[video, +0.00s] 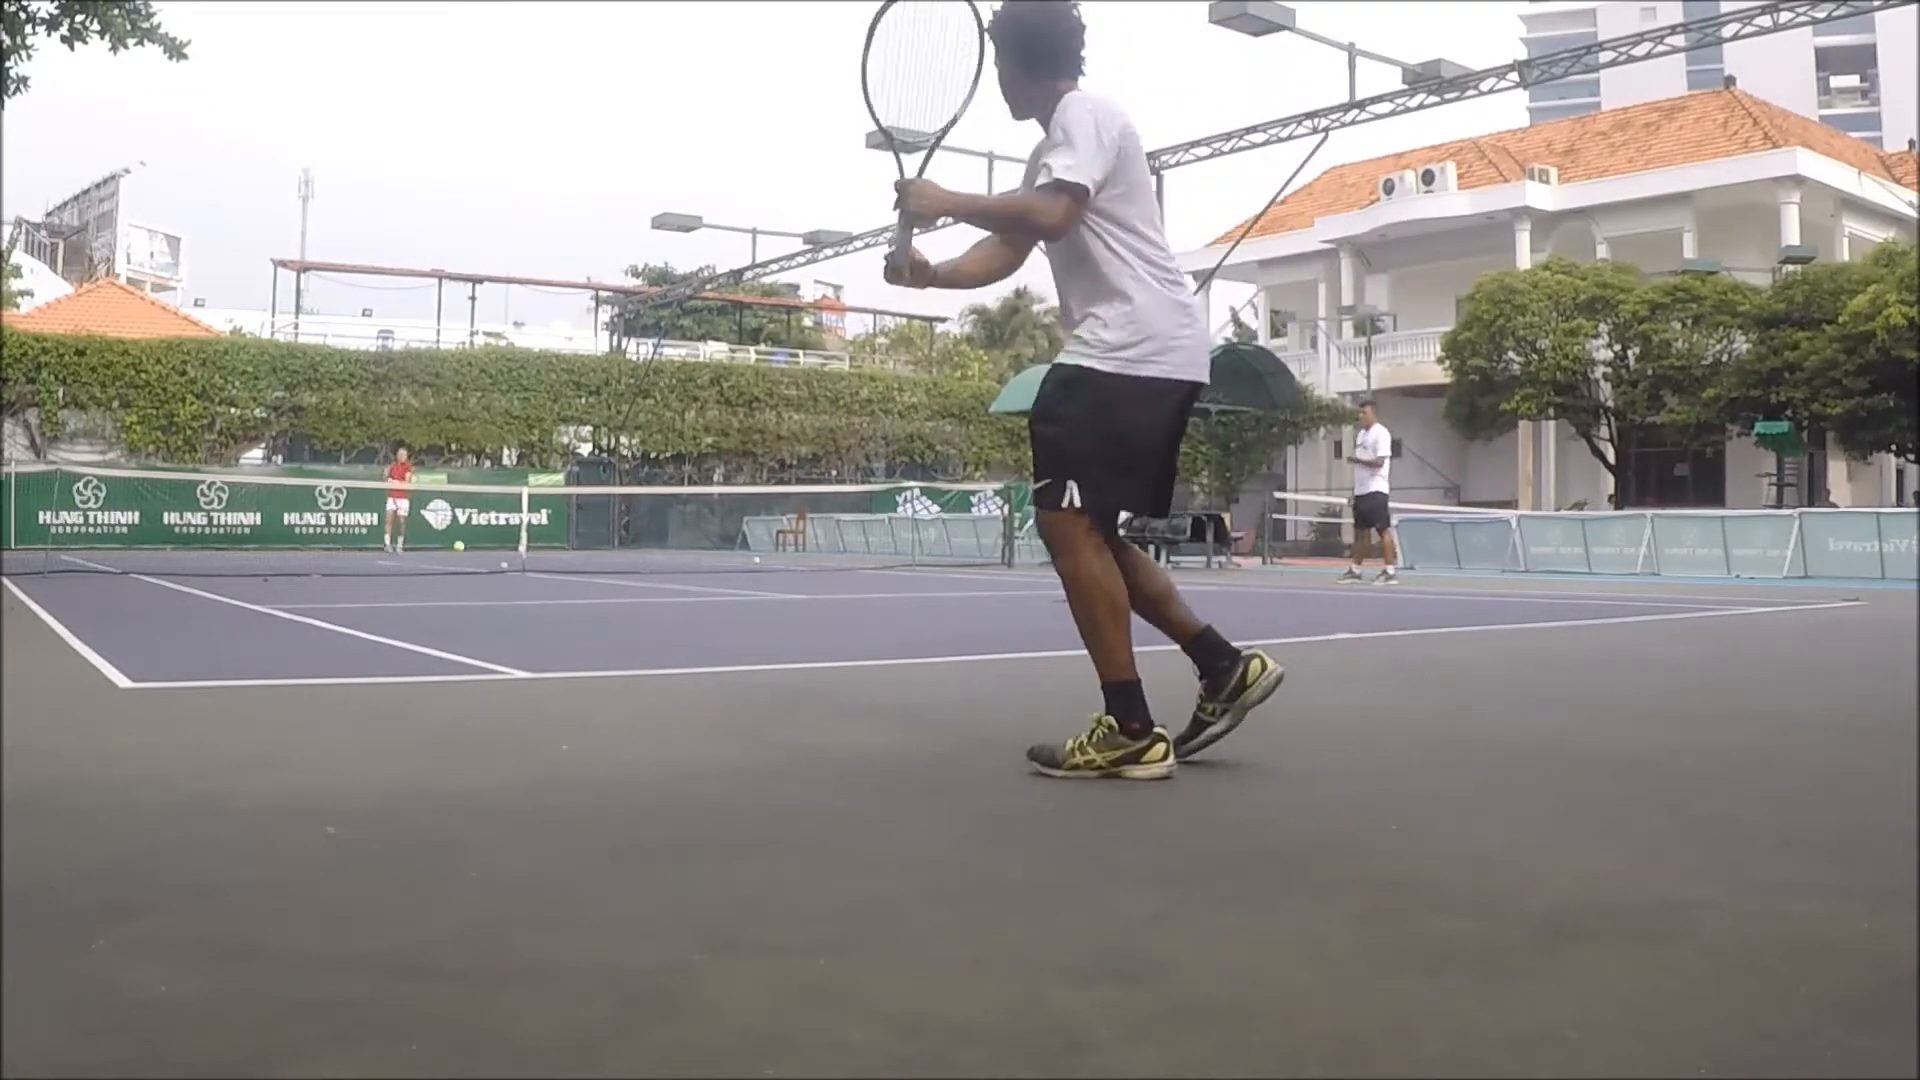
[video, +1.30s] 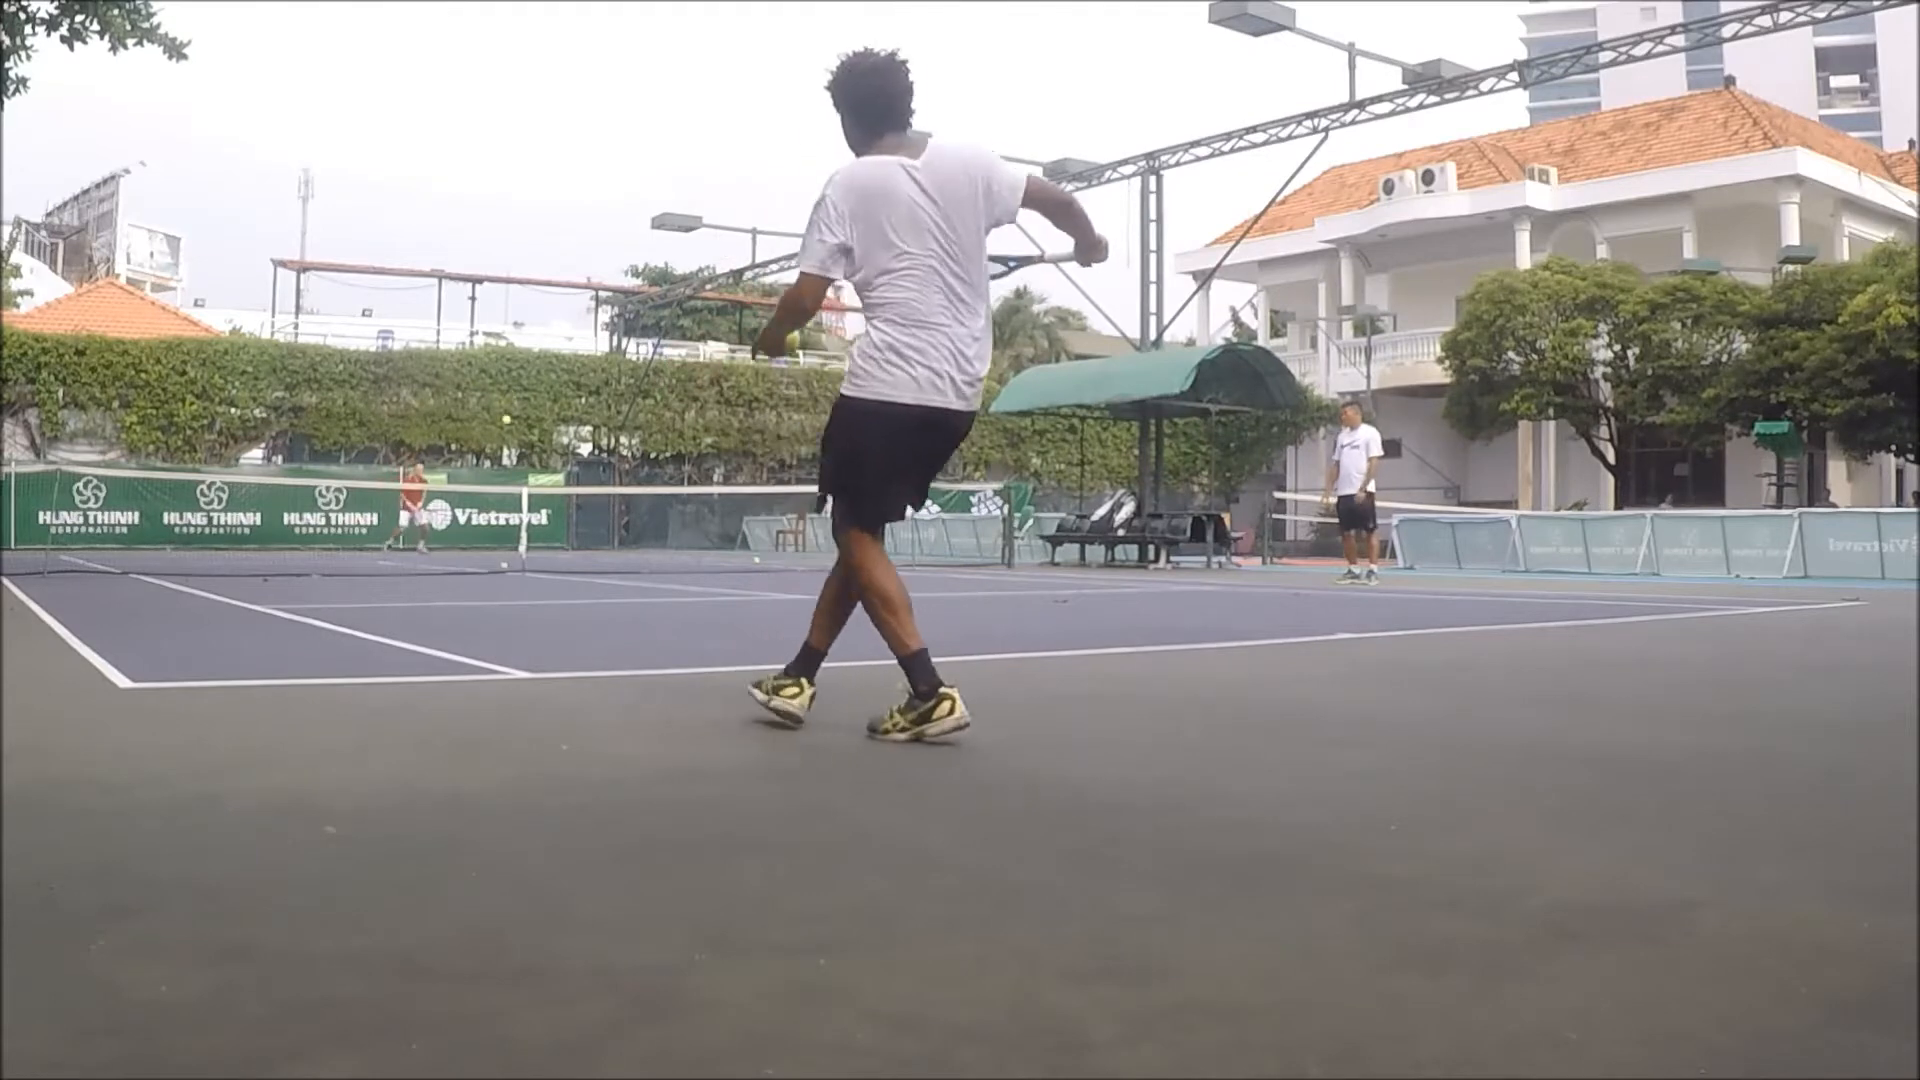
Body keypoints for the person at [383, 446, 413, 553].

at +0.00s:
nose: (402, 457)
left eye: (404, 455)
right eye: (400, 454)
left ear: (407, 456)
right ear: (396, 456)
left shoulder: (408, 468)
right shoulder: (392, 467)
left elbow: (407, 482)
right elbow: (386, 479)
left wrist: (395, 482)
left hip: (403, 496)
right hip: (392, 496)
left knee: (401, 520)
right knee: (388, 519)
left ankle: (400, 544)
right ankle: (387, 543)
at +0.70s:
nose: (398, 462)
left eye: (400, 460)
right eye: (396, 460)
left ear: (403, 461)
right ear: (393, 461)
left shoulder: (405, 471)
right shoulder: (387, 471)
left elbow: (407, 483)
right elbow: (381, 484)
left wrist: (401, 492)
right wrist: (389, 494)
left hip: (401, 500)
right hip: (389, 499)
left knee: (402, 521)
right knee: (387, 521)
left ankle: (404, 542)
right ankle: (387, 542)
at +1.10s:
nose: (412, 467)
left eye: (413, 464)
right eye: (410, 464)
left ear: (415, 465)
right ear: (405, 465)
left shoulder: (416, 475)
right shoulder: (398, 473)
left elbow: (417, 488)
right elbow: (393, 487)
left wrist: (411, 498)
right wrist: (402, 498)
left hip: (410, 500)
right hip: (398, 500)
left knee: (417, 520)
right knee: (393, 520)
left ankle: (420, 542)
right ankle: (386, 542)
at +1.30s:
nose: (420, 472)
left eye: (422, 470)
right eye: (419, 469)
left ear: (422, 471)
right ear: (414, 470)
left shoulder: (423, 481)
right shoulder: (407, 480)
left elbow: (424, 494)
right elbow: (402, 494)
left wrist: (420, 503)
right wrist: (410, 505)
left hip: (417, 507)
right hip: (406, 507)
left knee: (424, 526)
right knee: (402, 526)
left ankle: (421, 545)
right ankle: (390, 541)